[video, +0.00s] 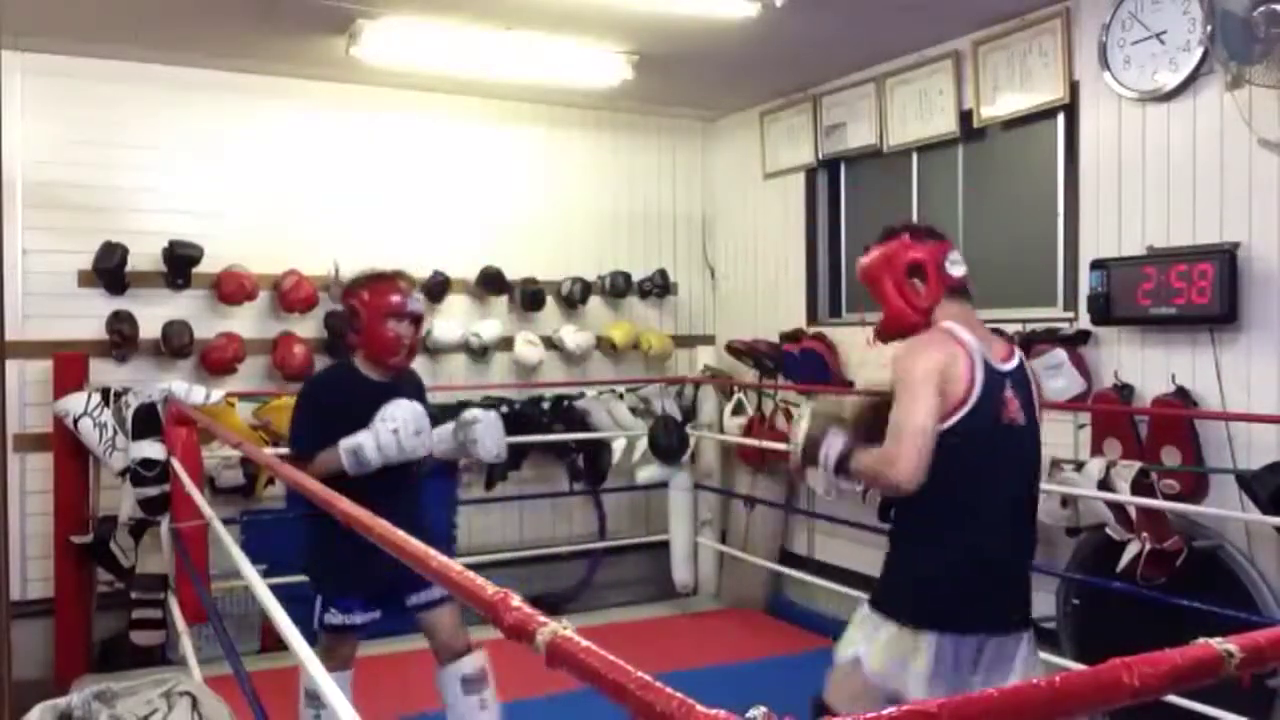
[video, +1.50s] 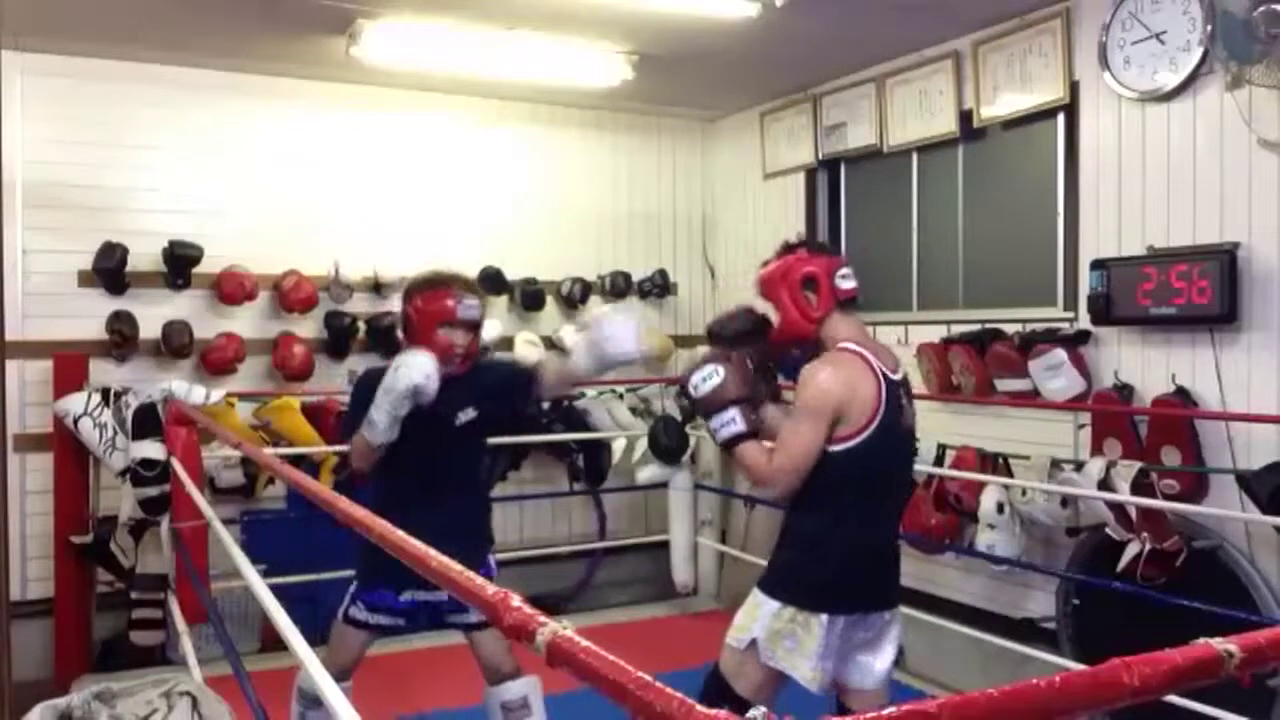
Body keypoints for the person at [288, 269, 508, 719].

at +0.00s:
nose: (406, 332)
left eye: (413, 322)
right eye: (394, 319)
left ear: (421, 326)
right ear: (361, 324)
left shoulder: (409, 383)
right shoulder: (323, 391)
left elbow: (405, 457)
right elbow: (299, 472)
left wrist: (452, 441)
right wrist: (368, 446)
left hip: (411, 543)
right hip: (344, 548)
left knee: (454, 644)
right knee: (336, 656)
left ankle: (473, 713)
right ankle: (321, 715)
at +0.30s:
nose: (444, 330)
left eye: (452, 319)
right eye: (432, 316)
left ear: (460, 326)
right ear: (399, 320)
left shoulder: (455, 382)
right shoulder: (360, 386)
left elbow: (466, 460)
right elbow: (346, 467)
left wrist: (497, 442)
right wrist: (407, 442)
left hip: (449, 548)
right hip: (379, 553)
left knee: (483, 661)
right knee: (350, 666)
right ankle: (319, 715)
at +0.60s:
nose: (437, 326)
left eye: (444, 315)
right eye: (425, 313)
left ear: (451, 317)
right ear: (392, 312)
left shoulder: (444, 371)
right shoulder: (356, 369)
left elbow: (458, 442)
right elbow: (347, 444)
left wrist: (486, 401)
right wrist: (407, 394)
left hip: (437, 537)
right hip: (368, 539)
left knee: (468, 647)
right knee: (335, 654)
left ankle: (489, 714)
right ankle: (304, 712)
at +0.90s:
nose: (413, 339)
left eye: (419, 328)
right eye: (402, 326)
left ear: (424, 331)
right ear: (365, 326)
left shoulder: (411, 383)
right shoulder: (328, 381)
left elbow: (427, 458)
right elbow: (339, 456)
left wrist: (446, 413)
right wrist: (402, 402)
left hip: (410, 548)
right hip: (347, 552)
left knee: (462, 654)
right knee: (317, 676)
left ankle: (437, 715)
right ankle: (301, 714)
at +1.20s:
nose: (428, 349)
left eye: (435, 338)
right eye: (417, 337)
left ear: (441, 343)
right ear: (386, 338)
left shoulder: (444, 395)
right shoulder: (351, 397)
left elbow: (475, 454)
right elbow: (360, 470)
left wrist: (493, 426)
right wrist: (412, 418)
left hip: (443, 558)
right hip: (377, 562)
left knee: (494, 665)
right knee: (340, 673)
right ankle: (310, 714)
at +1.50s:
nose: (464, 341)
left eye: (472, 329)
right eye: (452, 328)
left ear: (480, 331)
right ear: (416, 327)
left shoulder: (486, 379)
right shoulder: (378, 385)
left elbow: (545, 379)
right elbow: (359, 462)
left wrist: (590, 358)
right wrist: (390, 403)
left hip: (463, 553)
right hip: (389, 552)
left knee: (501, 669)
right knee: (335, 666)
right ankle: (306, 708)